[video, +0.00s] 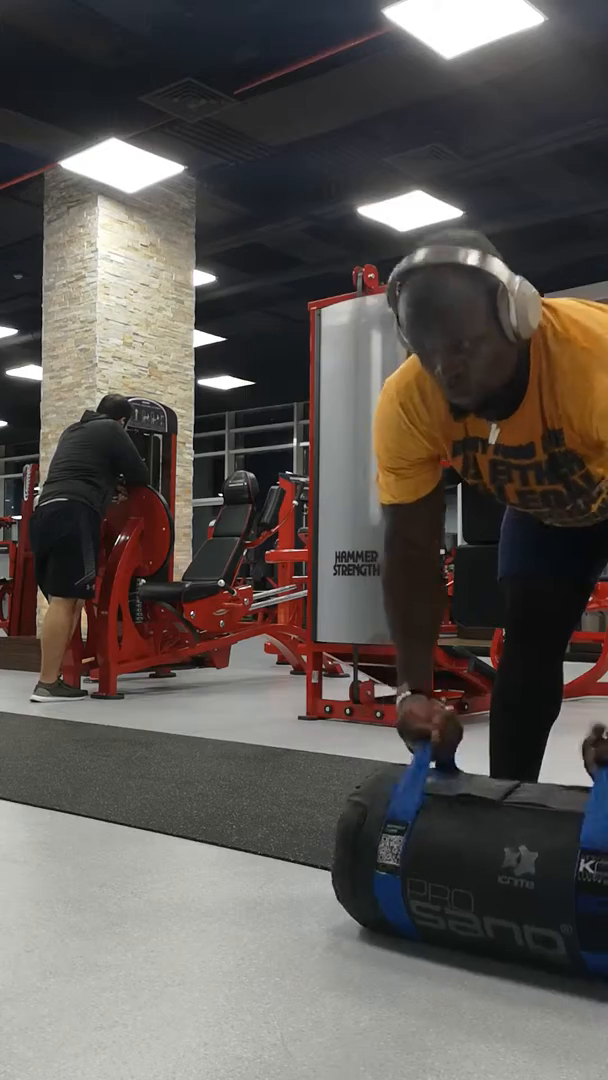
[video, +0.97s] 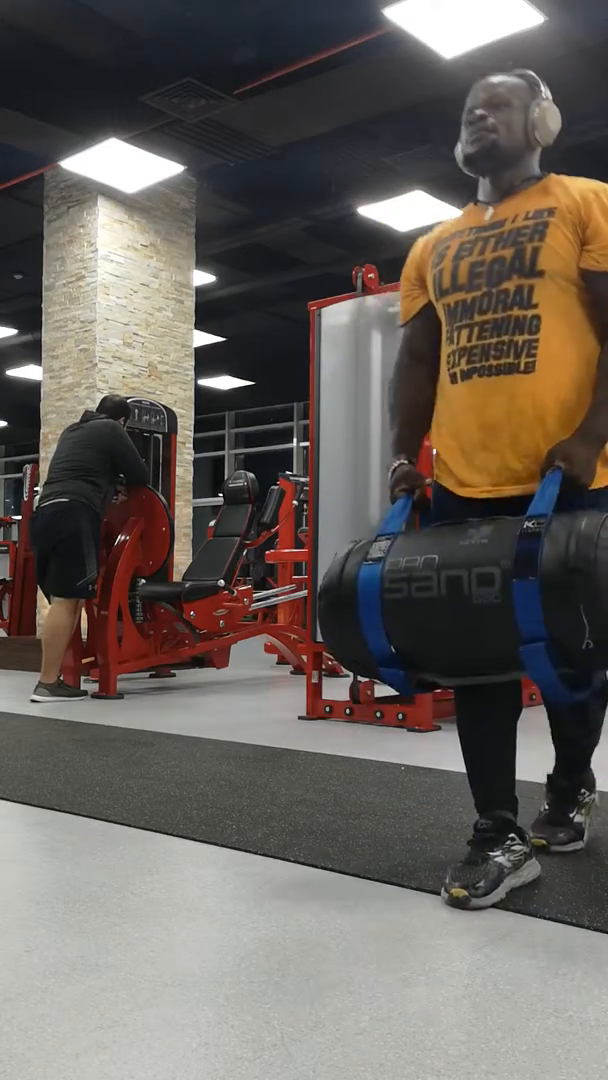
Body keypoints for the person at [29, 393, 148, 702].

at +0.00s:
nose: (126, 427)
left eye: (126, 423)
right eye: (127, 423)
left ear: (99, 414)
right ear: (122, 419)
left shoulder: (71, 431)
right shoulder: (113, 430)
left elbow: (74, 471)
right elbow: (140, 478)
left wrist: (109, 486)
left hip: (45, 511)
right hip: (70, 510)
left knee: (70, 602)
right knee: (62, 601)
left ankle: (54, 678)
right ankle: (47, 682)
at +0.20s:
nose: (126, 426)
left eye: (126, 423)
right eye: (127, 423)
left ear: (99, 413)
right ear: (121, 419)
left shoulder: (71, 431)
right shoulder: (113, 430)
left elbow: (74, 471)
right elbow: (141, 478)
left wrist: (109, 486)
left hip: (45, 511)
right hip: (70, 510)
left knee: (70, 601)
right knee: (62, 601)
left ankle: (54, 678)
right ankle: (47, 682)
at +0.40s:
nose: (125, 428)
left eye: (125, 424)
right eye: (126, 424)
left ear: (98, 414)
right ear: (121, 420)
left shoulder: (71, 430)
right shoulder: (112, 430)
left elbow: (76, 471)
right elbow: (141, 478)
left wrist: (111, 487)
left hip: (45, 511)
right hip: (70, 510)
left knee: (69, 601)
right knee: (63, 601)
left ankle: (53, 678)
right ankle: (47, 682)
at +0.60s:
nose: (125, 428)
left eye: (125, 424)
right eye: (126, 424)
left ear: (98, 414)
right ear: (121, 420)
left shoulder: (71, 430)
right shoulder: (112, 430)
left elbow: (75, 471)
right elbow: (141, 478)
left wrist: (111, 487)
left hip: (44, 511)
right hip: (70, 510)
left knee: (66, 601)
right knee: (64, 601)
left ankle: (52, 678)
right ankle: (48, 682)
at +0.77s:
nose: (125, 428)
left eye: (125, 424)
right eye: (126, 424)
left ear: (98, 414)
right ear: (121, 420)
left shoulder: (71, 430)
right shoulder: (112, 430)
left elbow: (75, 471)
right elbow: (141, 478)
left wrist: (111, 487)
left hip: (44, 512)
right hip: (70, 510)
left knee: (66, 601)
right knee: (64, 601)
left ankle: (53, 678)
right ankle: (48, 682)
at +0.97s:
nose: (125, 427)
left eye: (125, 424)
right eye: (126, 424)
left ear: (98, 413)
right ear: (121, 420)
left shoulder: (71, 430)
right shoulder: (112, 430)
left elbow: (75, 471)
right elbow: (141, 478)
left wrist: (111, 486)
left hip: (44, 512)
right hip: (72, 511)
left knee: (67, 601)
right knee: (65, 601)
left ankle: (53, 678)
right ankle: (48, 682)